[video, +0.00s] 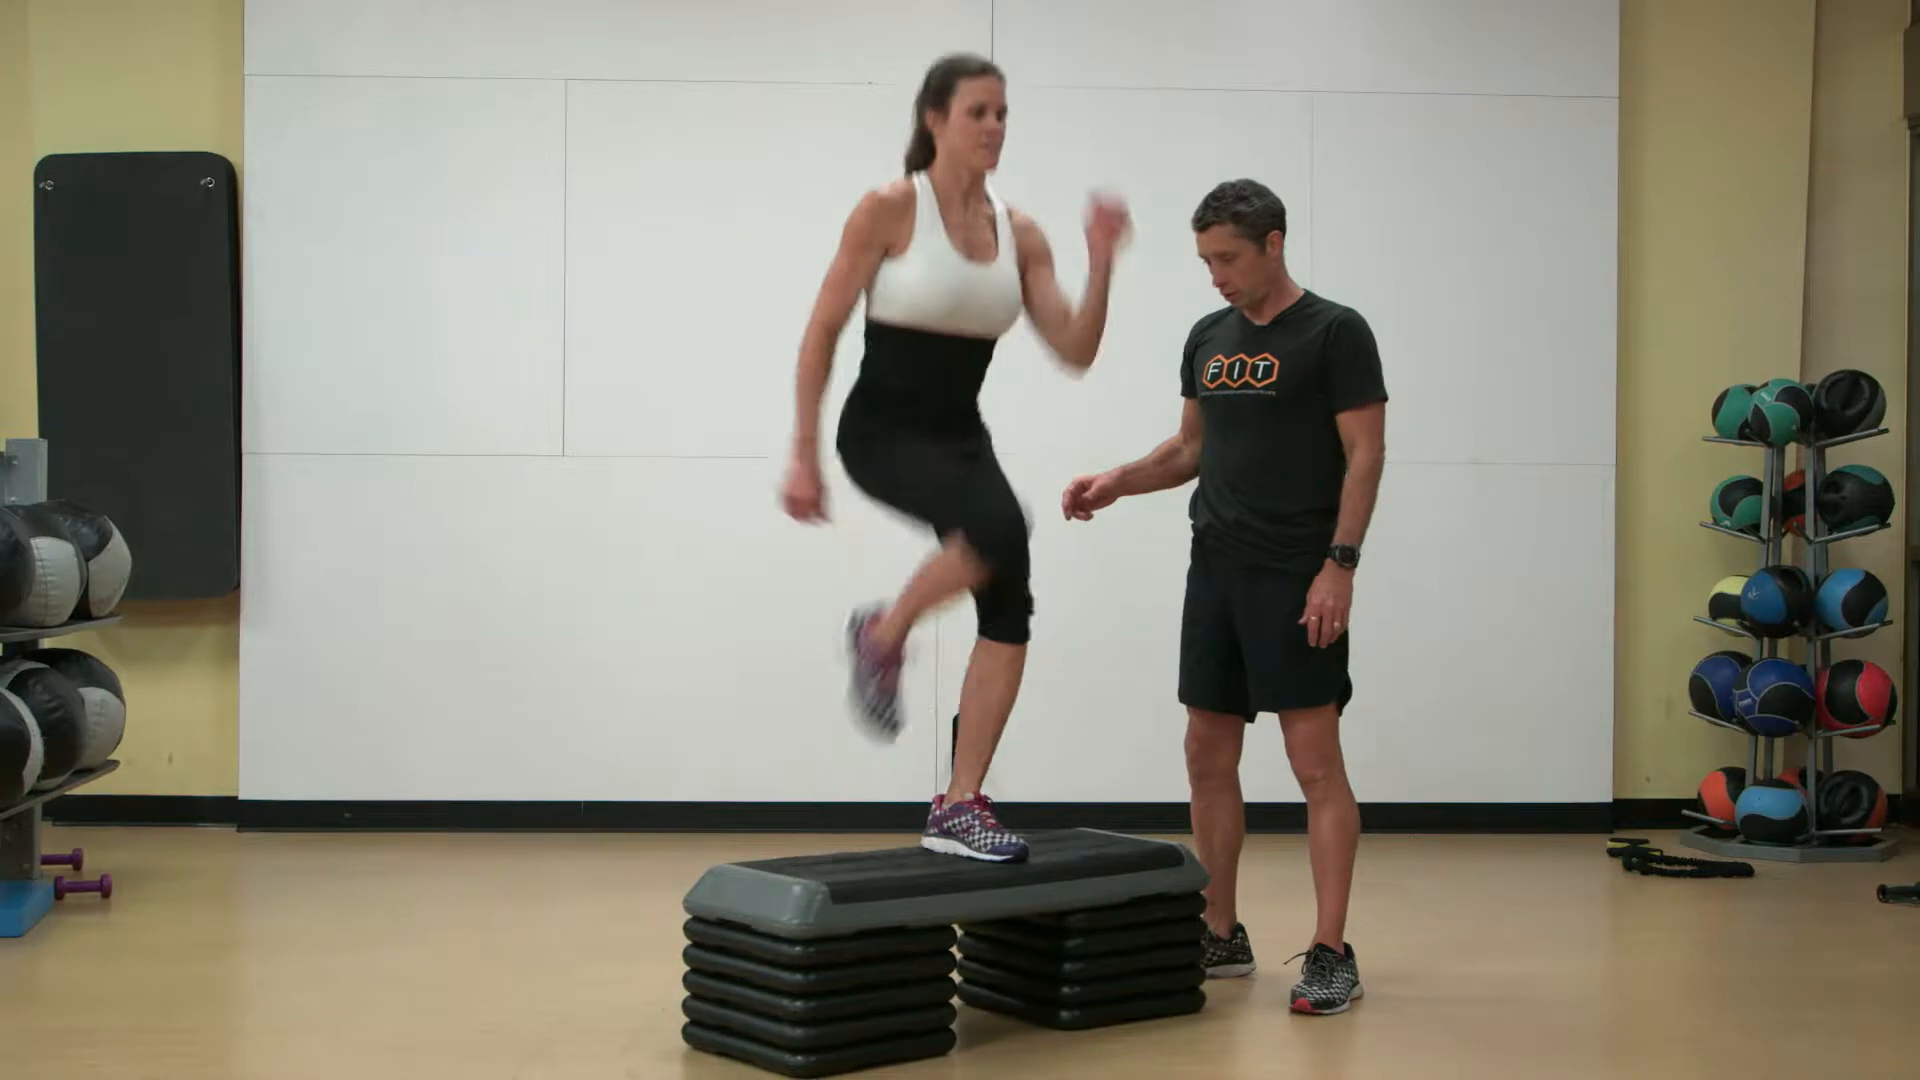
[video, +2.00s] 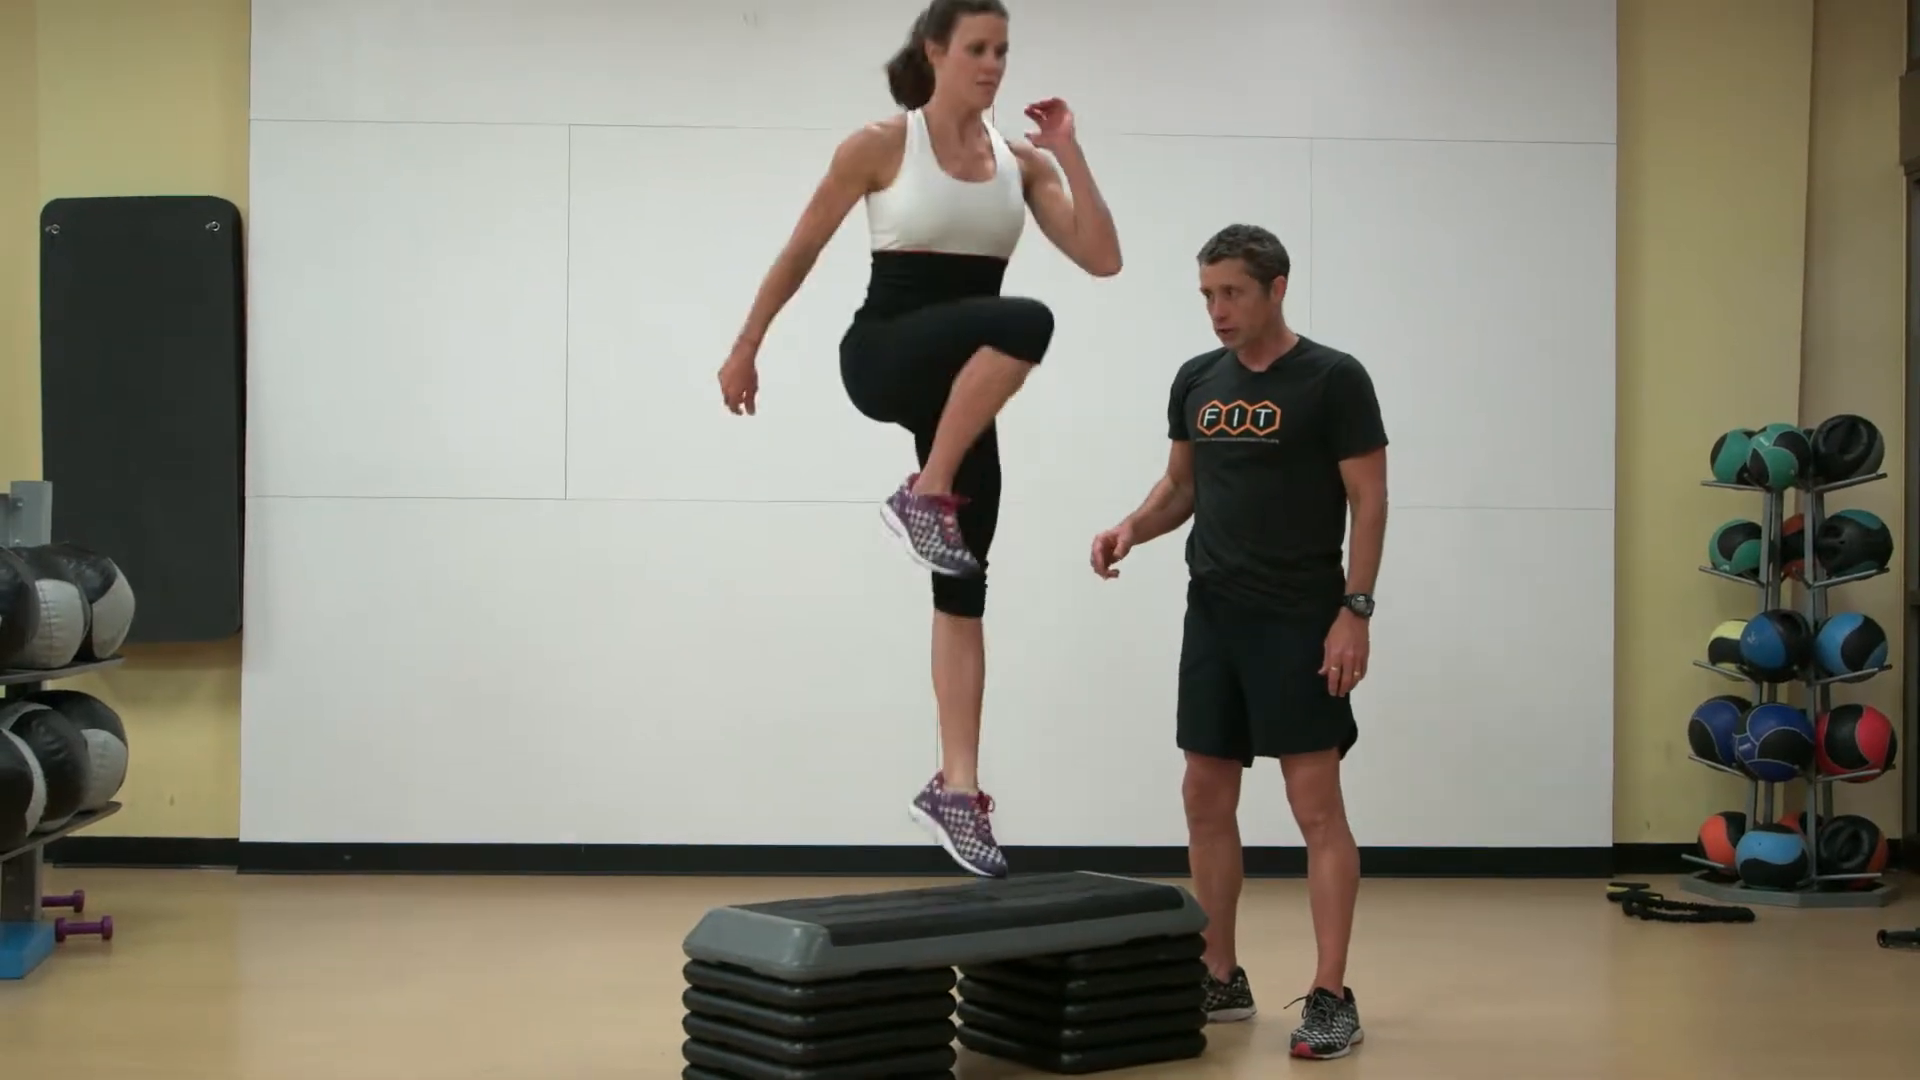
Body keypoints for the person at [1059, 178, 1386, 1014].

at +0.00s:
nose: (1217, 274)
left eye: (1228, 258)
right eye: (1208, 260)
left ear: (1274, 245)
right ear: (1205, 257)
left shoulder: (1337, 333)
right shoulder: (1208, 338)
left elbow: (1365, 454)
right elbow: (1189, 450)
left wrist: (1339, 563)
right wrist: (1118, 480)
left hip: (1299, 575)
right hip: (1216, 571)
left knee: (1316, 762)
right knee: (1207, 752)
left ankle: (1330, 948)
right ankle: (1219, 933)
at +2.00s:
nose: (1217, 309)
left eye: (1231, 294)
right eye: (1208, 295)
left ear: (1276, 289)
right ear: (1205, 296)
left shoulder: (1334, 380)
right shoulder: (1196, 382)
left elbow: (1369, 502)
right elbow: (1179, 489)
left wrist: (1355, 609)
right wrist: (1131, 528)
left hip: (1301, 620)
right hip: (1214, 617)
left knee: (1317, 807)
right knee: (1205, 797)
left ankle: (1330, 992)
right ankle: (1219, 976)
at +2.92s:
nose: (1212, 340)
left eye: (1224, 325)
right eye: (1204, 325)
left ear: (1273, 314)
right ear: (1203, 320)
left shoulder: (1344, 386)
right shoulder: (1196, 400)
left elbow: (1390, 501)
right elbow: (1157, 504)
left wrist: (1379, 609)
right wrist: (1099, 526)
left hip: (1327, 629)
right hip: (1237, 629)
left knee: (1335, 815)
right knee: (1219, 803)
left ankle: (1340, 1002)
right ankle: (1230, 987)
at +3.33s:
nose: (1219, 342)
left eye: (1232, 327)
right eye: (1210, 327)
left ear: (1280, 316)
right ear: (1204, 323)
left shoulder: (1352, 387)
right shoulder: (1203, 404)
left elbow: (1400, 502)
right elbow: (1185, 515)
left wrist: (1409, 614)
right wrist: (1158, 578)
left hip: (1345, 630)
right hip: (1252, 632)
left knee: (1348, 820)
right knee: (1219, 808)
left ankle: (1343, 1002)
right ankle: (1232, 985)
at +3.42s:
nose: (1225, 338)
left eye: (1239, 322)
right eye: (1216, 323)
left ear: (1286, 312)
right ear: (1211, 321)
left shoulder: (1356, 387)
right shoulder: (1206, 402)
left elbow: (1403, 501)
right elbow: (1194, 514)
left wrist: (1410, 616)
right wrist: (1176, 591)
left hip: (1344, 633)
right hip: (1252, 635)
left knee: (1347, 821)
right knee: (1219, 807)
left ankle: (1343, 1002)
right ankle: (1232, 986)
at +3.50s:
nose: (1229, 333)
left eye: (1242, 318)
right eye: (1220, 319)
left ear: (1289, 309)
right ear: (1215, 317)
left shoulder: (1359, 387)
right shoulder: (1209, 399)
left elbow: (1404, 503)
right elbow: (1197, 511)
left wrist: (1406, 615)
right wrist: (1178, 591)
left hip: (1344, 633)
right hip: (1252, 634)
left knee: (1346, 819)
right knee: (1220, 808)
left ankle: (1343, 1002)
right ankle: (1232, 986)